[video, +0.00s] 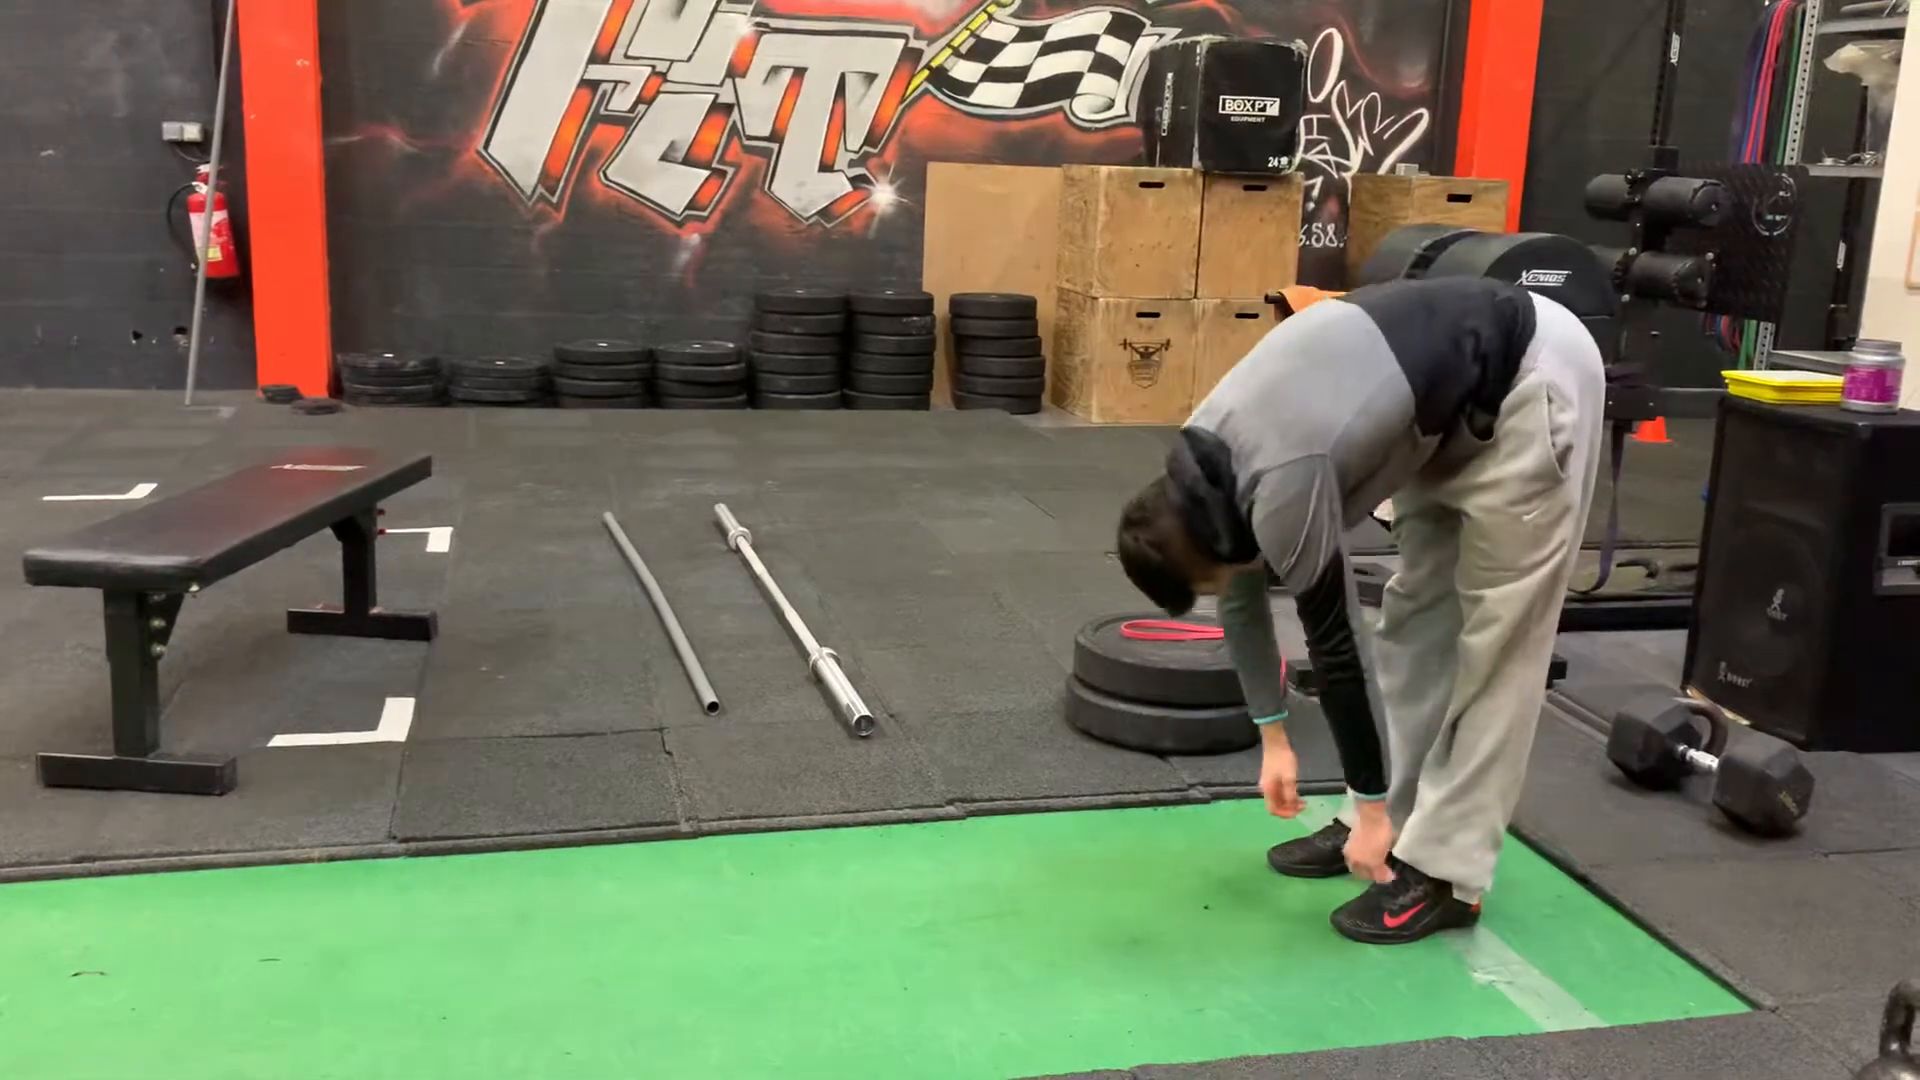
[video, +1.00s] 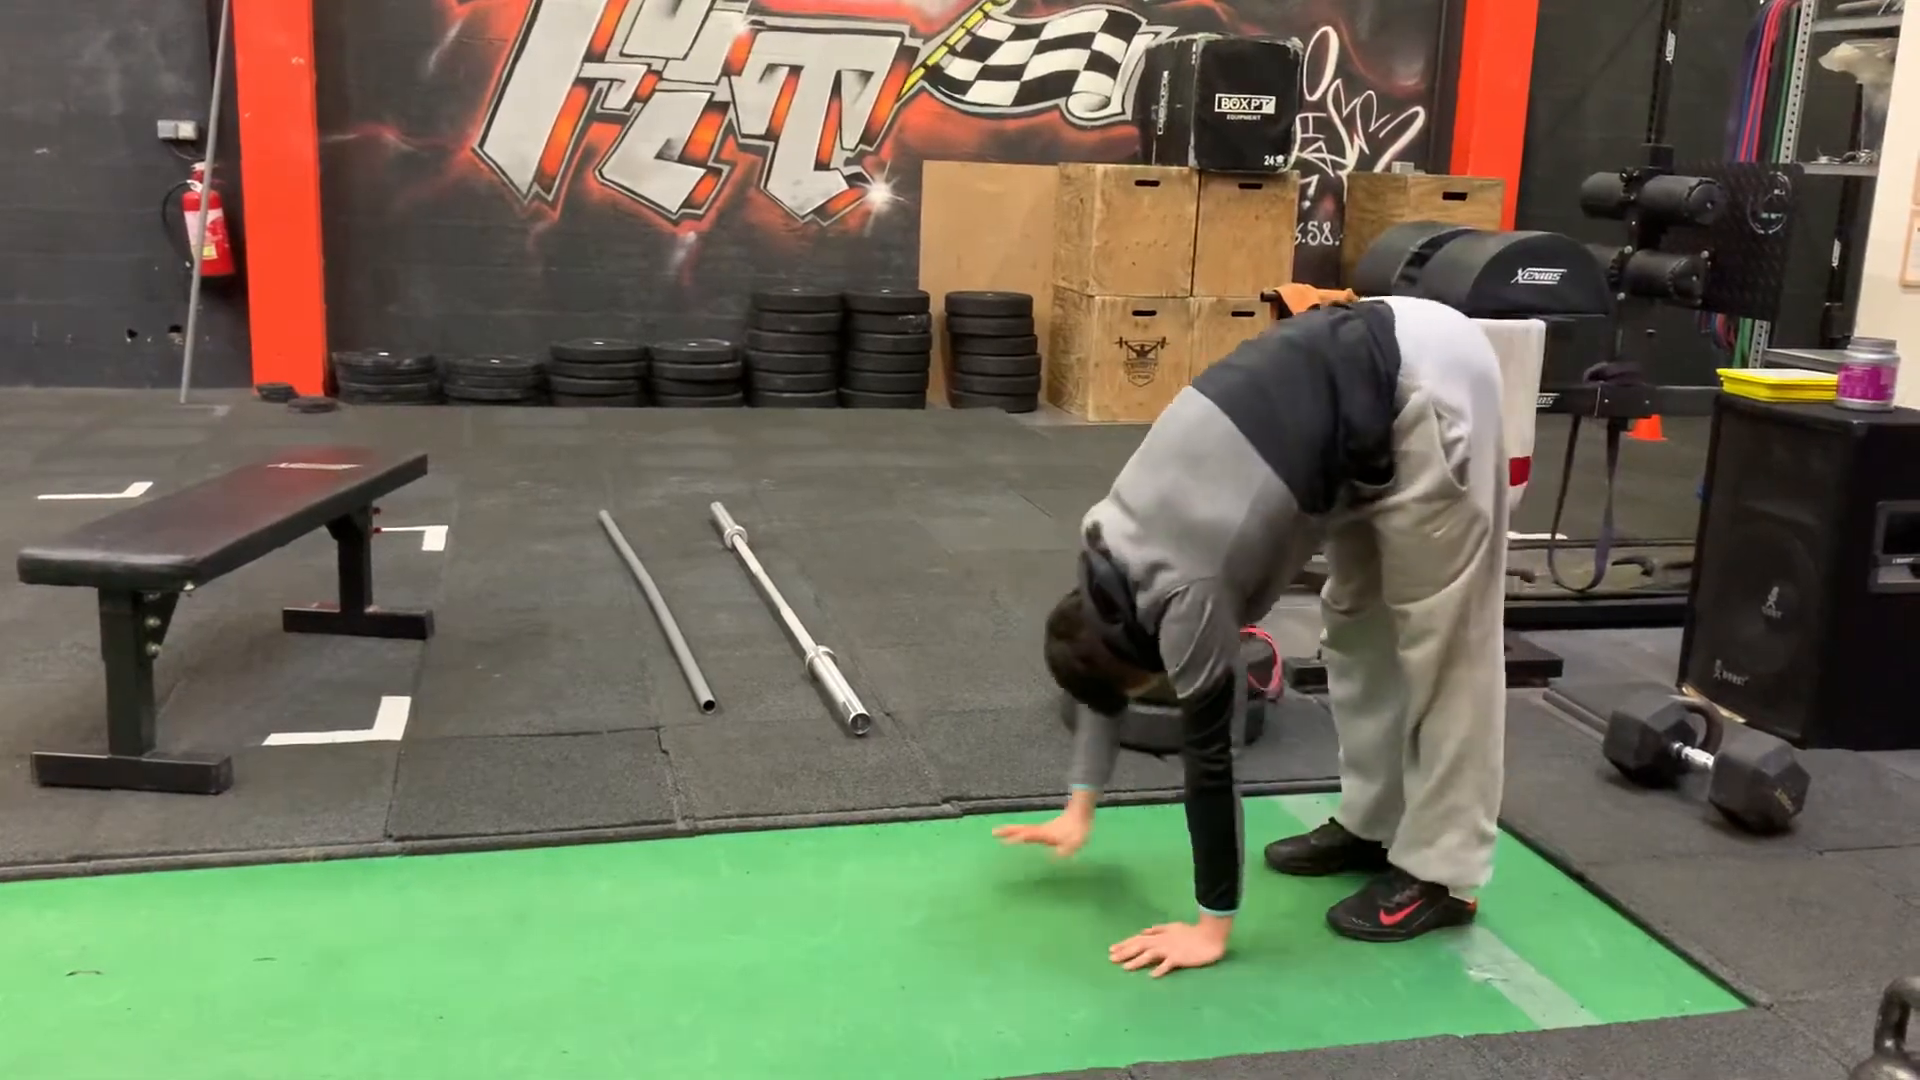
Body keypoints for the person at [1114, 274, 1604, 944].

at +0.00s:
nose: (1219, 591)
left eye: (1212, 583)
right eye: (1208, 590)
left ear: (1210, 545)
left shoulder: (1284, 482)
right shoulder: (1202, 459)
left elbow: (1335, 652)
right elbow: (1242, 609)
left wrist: (1372, 810)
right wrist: (1275, 740)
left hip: (1534, 376)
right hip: (1438, 382)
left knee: (1495, 636)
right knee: (1414, 616)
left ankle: (1451, 871)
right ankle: (1380, 829)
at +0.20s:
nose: (1241, 624)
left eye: (1235, 619)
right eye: (1225, 630)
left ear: (1226, 576)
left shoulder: (1286, 513)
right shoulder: (1196, 478)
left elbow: (1325, 684)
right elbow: (1230, 641)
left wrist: (1347, 851)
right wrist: (1248, 774)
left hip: (1530, 372)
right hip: (1435, 372)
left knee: (1490, 635)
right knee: (1410, 617)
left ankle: (1448, 872)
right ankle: (1384, 827)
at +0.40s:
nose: (1258, 641)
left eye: (1251, 637)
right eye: (1243, 646)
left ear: (1235, 605)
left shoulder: (1285, 533)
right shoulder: (1195, 497)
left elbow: (1327, 699)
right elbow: (1225, 662)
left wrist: (1342, 871)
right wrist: (1227, 800)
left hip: (1519, 371)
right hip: (1426, 362)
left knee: (1484, 633)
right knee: (1403, 616)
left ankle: (1448, 872)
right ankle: (1380, 828)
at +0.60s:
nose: (1256, 668)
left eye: (1248, 658)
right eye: (1237, 672)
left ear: (1217, 616)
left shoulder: (1270, 544)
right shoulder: (1186, 522)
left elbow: (1310, 713)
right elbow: (1219, 678)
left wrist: (1312, 882)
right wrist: (1226, 818)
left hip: (1506, 368)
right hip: (1413, 358)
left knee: (1477, 632)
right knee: (1396, 615)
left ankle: (1445, 873)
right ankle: (1372, 827)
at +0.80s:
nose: (1207, 680)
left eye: (1196, 674)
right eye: (1194, 684)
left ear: (1172, 634)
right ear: (1159, 622)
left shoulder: (1231, 570)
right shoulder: (1162, 534)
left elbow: (1232, 743)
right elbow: (1216, 697)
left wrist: (1209, 914)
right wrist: (1219, 828)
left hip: (1481, 369)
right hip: (1395, 363)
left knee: (1464, 635)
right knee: (1381, 617)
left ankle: (1444, 871)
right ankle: (1373, 821)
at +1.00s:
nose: (1146, 694)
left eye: (1137, 689)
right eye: (1132, 695)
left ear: (1122, 660)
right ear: (1095, 632)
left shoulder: (1186, 601)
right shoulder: (1105, 551)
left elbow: (1210, 762)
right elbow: (1099, 687)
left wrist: (1212, 924)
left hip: (1428, 379)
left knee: (1443, 642)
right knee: (1358, 626)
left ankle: (1443, 874)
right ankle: (1372, 823)